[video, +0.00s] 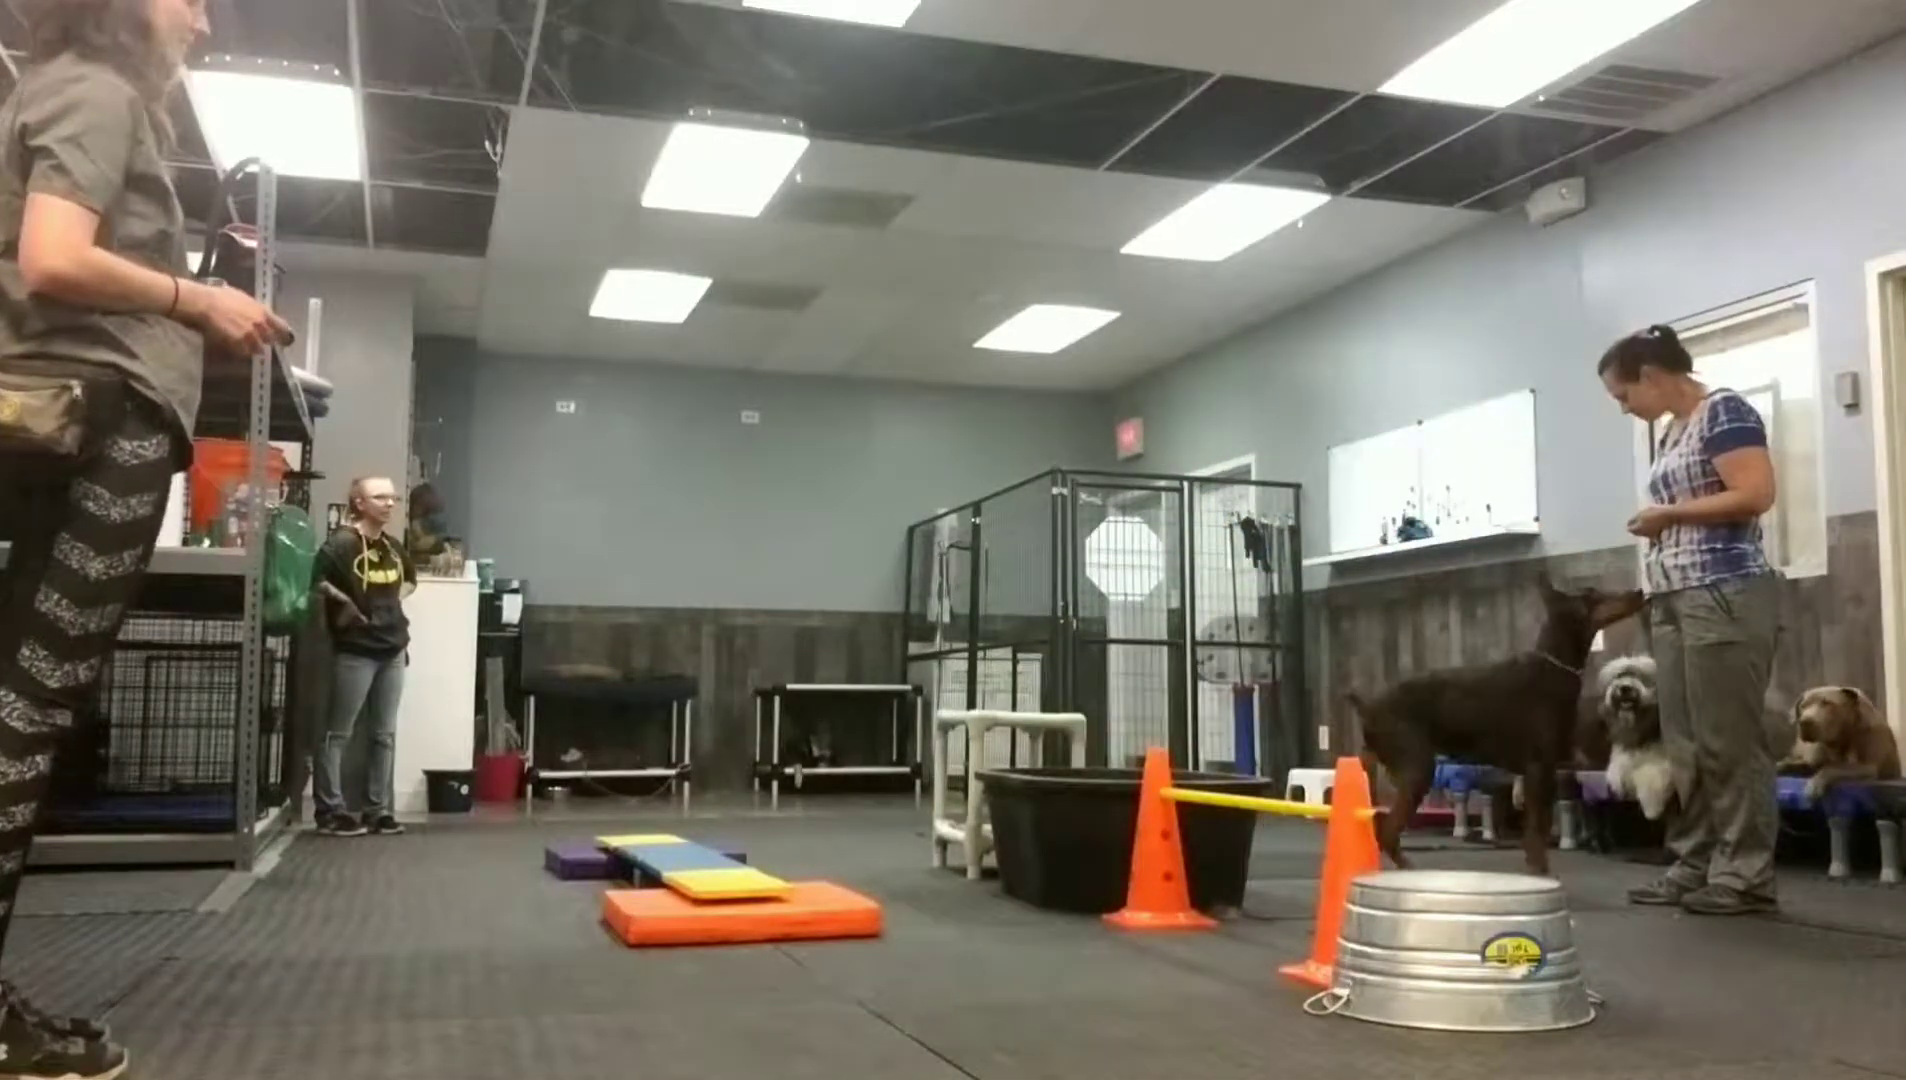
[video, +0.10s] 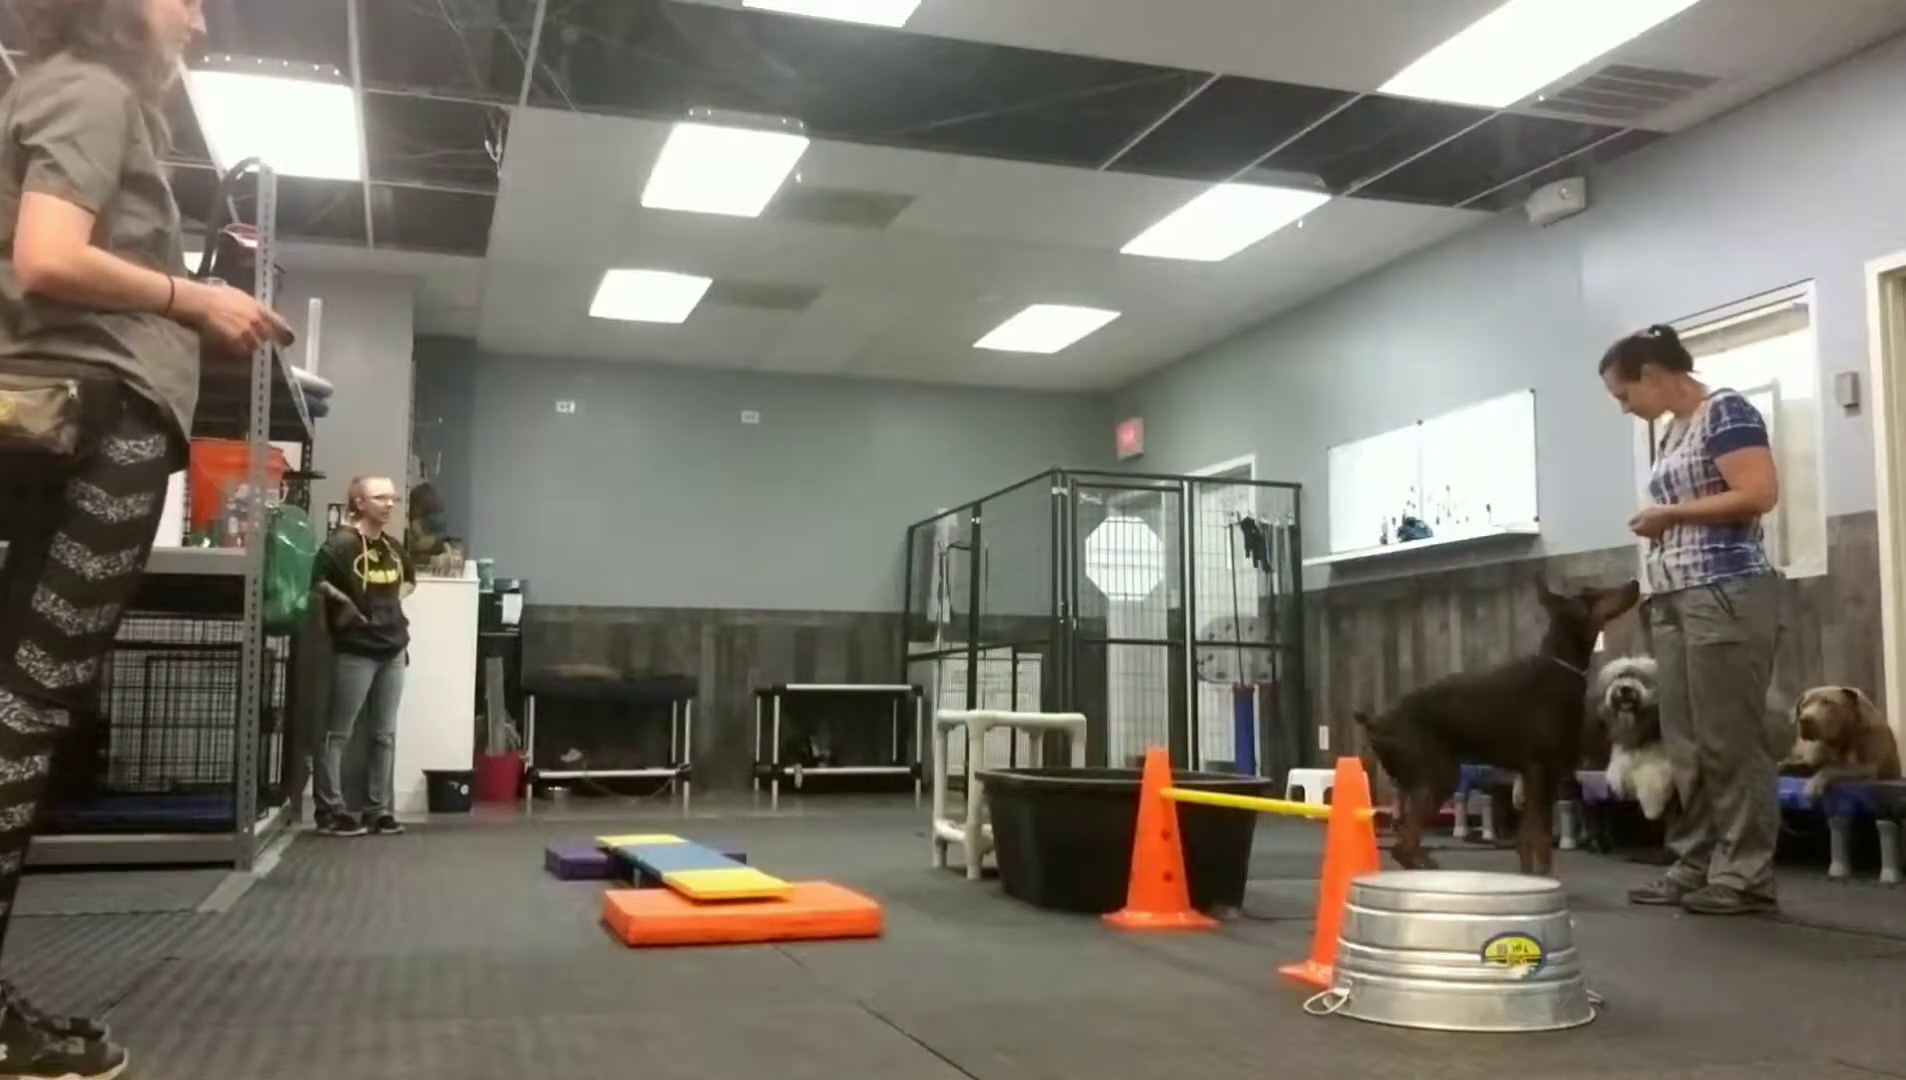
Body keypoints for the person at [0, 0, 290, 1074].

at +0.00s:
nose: (203, 20)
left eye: (202, 8)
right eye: (191, 3)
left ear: (124, 12)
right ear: (141, 2)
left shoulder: (102, 88)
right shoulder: (99, 88)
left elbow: (65, 261)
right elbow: (54, 259)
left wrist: (193, 293)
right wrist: (198, 297)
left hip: (99, 426)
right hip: (102, 429)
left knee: (39, 703)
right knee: (35, 707)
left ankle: (1, 1002)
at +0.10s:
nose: (200, 22)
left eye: (199, 10)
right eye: (188, 5)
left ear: (126, 15)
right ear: (136, 4)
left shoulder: (98, 90)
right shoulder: (93, 88)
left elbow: (62, 260)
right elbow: (48, 258)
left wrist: (192, 294)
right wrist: (195, 296)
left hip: (94, 423)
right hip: (97, 425)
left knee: (39, 699)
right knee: (35, 702)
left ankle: (3, 1005)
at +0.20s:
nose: (194, 24)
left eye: (195, 11)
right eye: (184, 6)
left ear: (120, 15)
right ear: (132, 4)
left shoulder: (94, 89)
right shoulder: (90, 88)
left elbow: (63, 259)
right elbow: (43, 256)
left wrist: (189, 293)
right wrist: (192, 296)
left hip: (91, 419)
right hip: (96, 421)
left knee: (37, 700)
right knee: (33, 703)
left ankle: (2, 1004)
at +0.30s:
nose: (189, 23)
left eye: (190, 12)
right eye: (179, 6)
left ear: (118, 15)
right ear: (128, 4)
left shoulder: (90, 87)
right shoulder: (85, 86)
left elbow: (65, 259)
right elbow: (39, 256)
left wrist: (185, 289)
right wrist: (188, 296)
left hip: (85, 420)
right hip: (89, 421)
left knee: (37, 702)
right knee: (32, 705)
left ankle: (6, 1009)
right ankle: (1, 1013)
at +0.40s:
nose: (186, 26)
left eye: (186, 13)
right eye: (175, 7)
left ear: (111, 14)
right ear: (124, 4)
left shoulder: (92, 88)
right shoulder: (81, 86)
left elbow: (60, 259)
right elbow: (37, 255)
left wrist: (180, 293)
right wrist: (185, 296)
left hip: (83, 421)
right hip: (88, 424)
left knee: (39, 699)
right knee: (33, 702)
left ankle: (7, 1011)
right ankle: (2, 1015)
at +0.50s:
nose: (185, 26)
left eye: (186, 14)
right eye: (176, 8)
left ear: (110, 13)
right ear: (126, 4)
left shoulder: (91, 87)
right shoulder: (82, 85)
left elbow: (62, 259)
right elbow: (37, 256)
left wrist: (181, 291)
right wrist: (186, 298)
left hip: (81, 421)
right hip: (85, 423)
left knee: (39, 699)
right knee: (32, 703)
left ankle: (4, 1008)